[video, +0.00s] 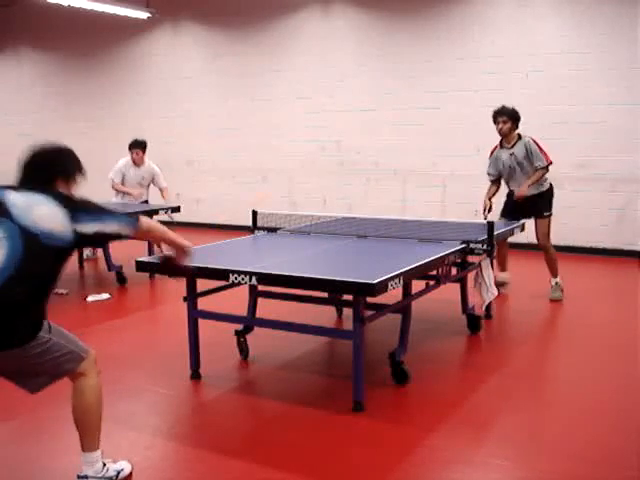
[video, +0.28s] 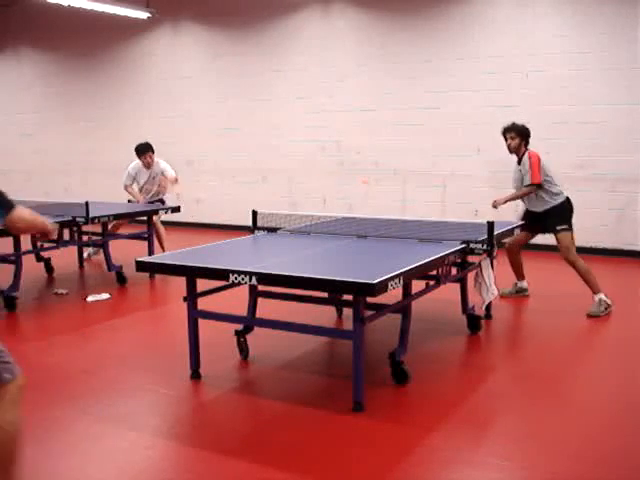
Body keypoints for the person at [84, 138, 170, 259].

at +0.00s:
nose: (134, 156)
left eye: (137, 153)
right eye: (132, 153)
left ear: (143, 153)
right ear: (129, 153)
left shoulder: (151, 168)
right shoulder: (123, 165)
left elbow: (162, 187)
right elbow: (114, 184)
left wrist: (167, 200)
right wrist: (131, 192)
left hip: (142, 204)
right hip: (122, 203)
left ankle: (160, 251)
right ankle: (94, 248)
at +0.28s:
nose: (148, 160)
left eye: (150, 156)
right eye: (144, 158)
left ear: (153, 155)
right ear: (139, 159)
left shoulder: (160, 165)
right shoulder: (135, 167)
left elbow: (174, 178)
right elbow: (127, 185)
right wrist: (138, 198)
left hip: (157, 200)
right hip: (141, 201)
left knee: (155, 220)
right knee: (117, 223)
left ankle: (165, 252)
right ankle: (97, 247)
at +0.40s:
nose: (146, 153)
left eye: (148, 150)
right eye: (143, 151)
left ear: (153, 146)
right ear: (141, 150)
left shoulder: (163, 154)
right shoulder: (141, 160)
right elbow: (131, 177)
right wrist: (128, 175)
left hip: (165, 195)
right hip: (147, 194)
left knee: (156, 219)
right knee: (126, 218)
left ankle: (165, 250)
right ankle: (121, 242)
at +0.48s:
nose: (143, 149)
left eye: (146, 145)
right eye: (141, 146)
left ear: (153, 144)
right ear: (140, 146)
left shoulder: (164, 151)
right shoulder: (141, 154)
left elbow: (163, 162)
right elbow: (135, 163)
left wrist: (138, 158)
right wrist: (126, 166)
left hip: (168, 191)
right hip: (152, 190)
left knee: (164, 219)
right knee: (133, 217)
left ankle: (168, 250)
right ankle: (133, 244)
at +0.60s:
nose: (144, 148)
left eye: (147, 145)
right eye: (143, 145)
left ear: (155, 144)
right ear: (141, 145)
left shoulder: (168, 155)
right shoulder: (143, 156)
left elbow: (168, 175)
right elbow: (134, 166)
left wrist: (141, 173)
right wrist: (128, 174)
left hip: (176, 189)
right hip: (159, 190)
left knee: (179, 215)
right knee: (147, 217)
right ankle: (145, 245)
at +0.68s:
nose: (146, 149)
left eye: (149, 146)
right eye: (144, 146)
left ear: (157, 145)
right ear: (143, 146)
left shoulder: (169, 156)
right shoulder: (145, 158)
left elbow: (169, 178)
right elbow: (136, 169)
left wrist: (144, 178)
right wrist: (131, 178)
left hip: (177, 191)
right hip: (160, 192)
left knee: (183, 218)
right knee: (147, 218)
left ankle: (204, 244)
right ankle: (144, 245)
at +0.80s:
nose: (155, 151)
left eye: (158, 148)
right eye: (154, 148)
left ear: (166, 147)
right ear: (155, 148)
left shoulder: (179, 160)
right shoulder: (159, 161)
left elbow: (181, 184)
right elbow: (156, 176)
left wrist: (160, 189)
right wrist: (149, 189)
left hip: (186, 195)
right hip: (168, 194)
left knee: (195, 220)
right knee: (151, 215)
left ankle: (217, 245)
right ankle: (146, 244)